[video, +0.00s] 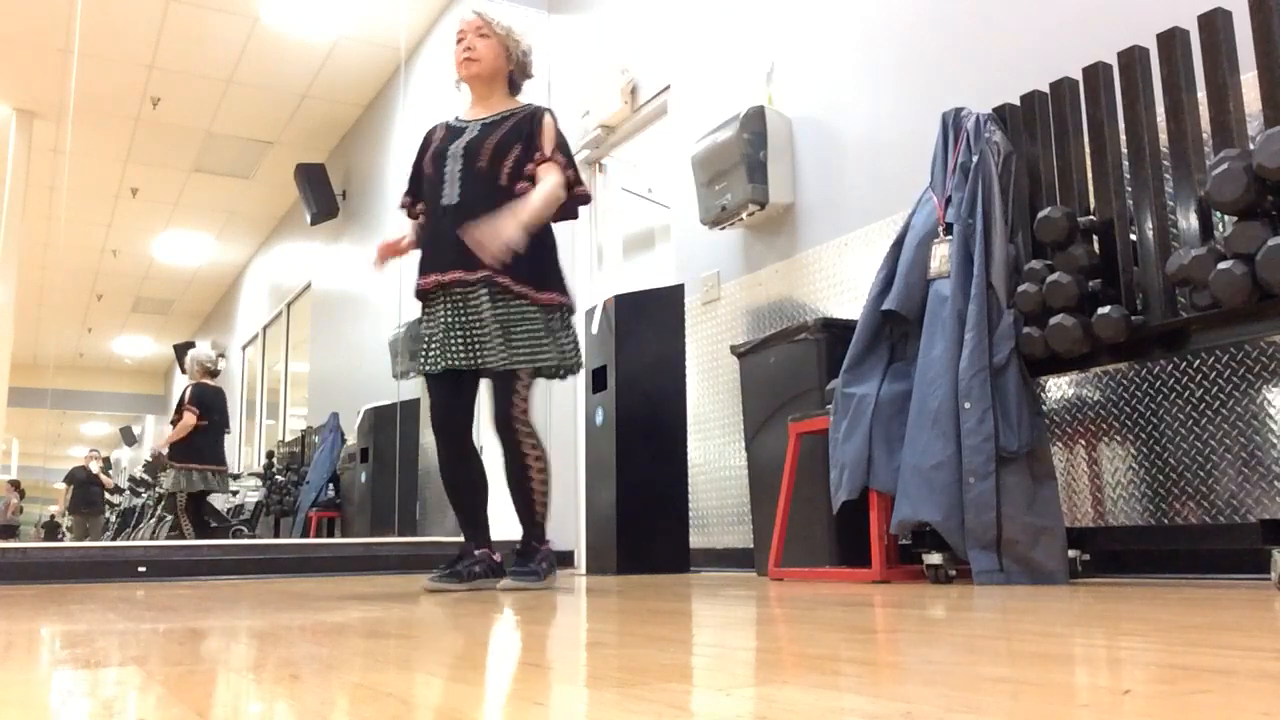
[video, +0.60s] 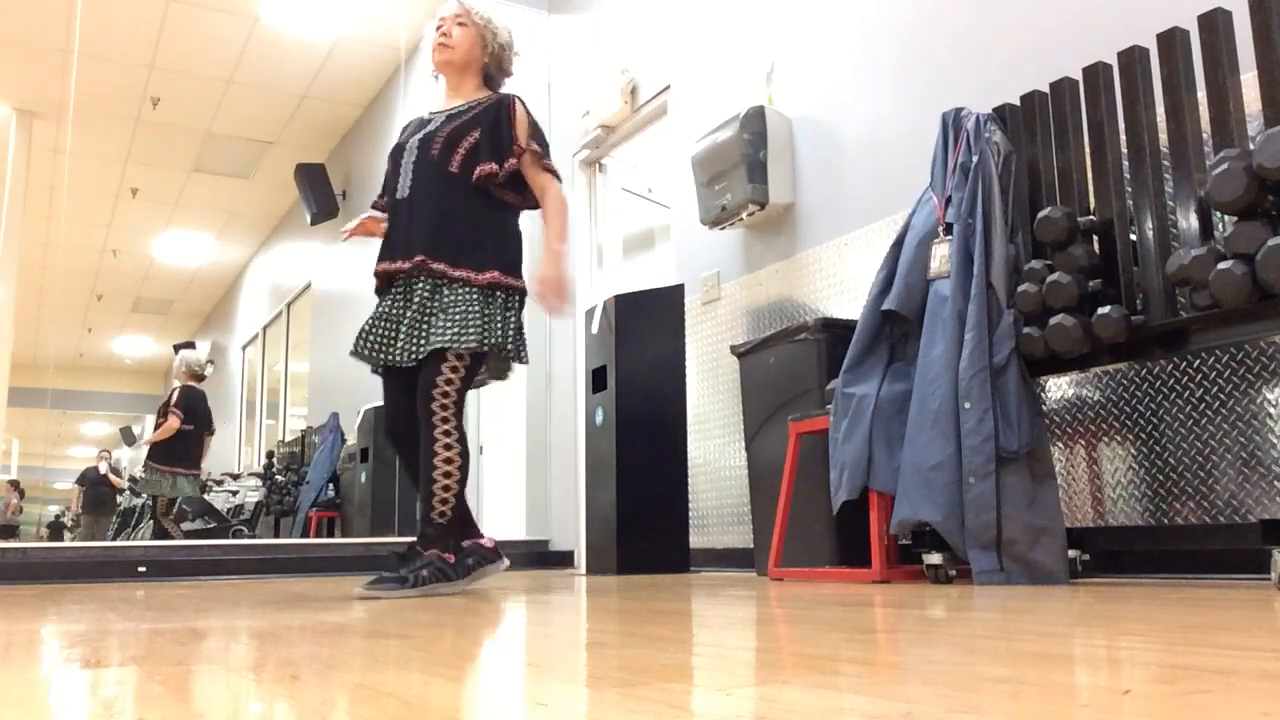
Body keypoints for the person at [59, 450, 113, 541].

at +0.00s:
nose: (93, 460)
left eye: (96, 458)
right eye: (90, 457)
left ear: (100, 460)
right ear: (85, 458)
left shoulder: (103, 472)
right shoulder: (76, 471)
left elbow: (111, 486)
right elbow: (64, 488)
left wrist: (99, 473)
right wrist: (61, 506)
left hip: (96, 512)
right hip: (78, 512)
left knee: (96, 540)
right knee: (78, 540)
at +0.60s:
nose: (103, 460)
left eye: (106, 458)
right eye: (101, 458)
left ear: (110, 460)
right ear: (97, 458)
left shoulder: (114, 471)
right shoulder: (88, 471)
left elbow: (120, 485)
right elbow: (78, 488)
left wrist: (108, 474)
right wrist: (74, 506)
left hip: (106, 512)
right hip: (88, 511)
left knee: (101, 540)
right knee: (84, 538)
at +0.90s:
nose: (105, 461)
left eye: (108, 459)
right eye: (103, 458)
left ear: (112, 460)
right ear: (99, 459)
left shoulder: (117, 471)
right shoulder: (92, 471)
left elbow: (121, 485)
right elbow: (82, 489)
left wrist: (109, 474)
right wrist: (78, 506)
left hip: (109, 512)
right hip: (90, 511)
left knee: (102, 540)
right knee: (85, 538)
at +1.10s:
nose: (105, 461)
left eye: (107, 459)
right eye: (103, 458)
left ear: (112, 460)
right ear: (99, 459)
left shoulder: (117, 471)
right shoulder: (92, 471)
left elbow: (121, 485)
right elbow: (83, 489)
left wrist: (108, 473)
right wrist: (79, 506)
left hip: (108, 512)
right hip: (90, 510)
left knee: (101, 540)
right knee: (83, 538)